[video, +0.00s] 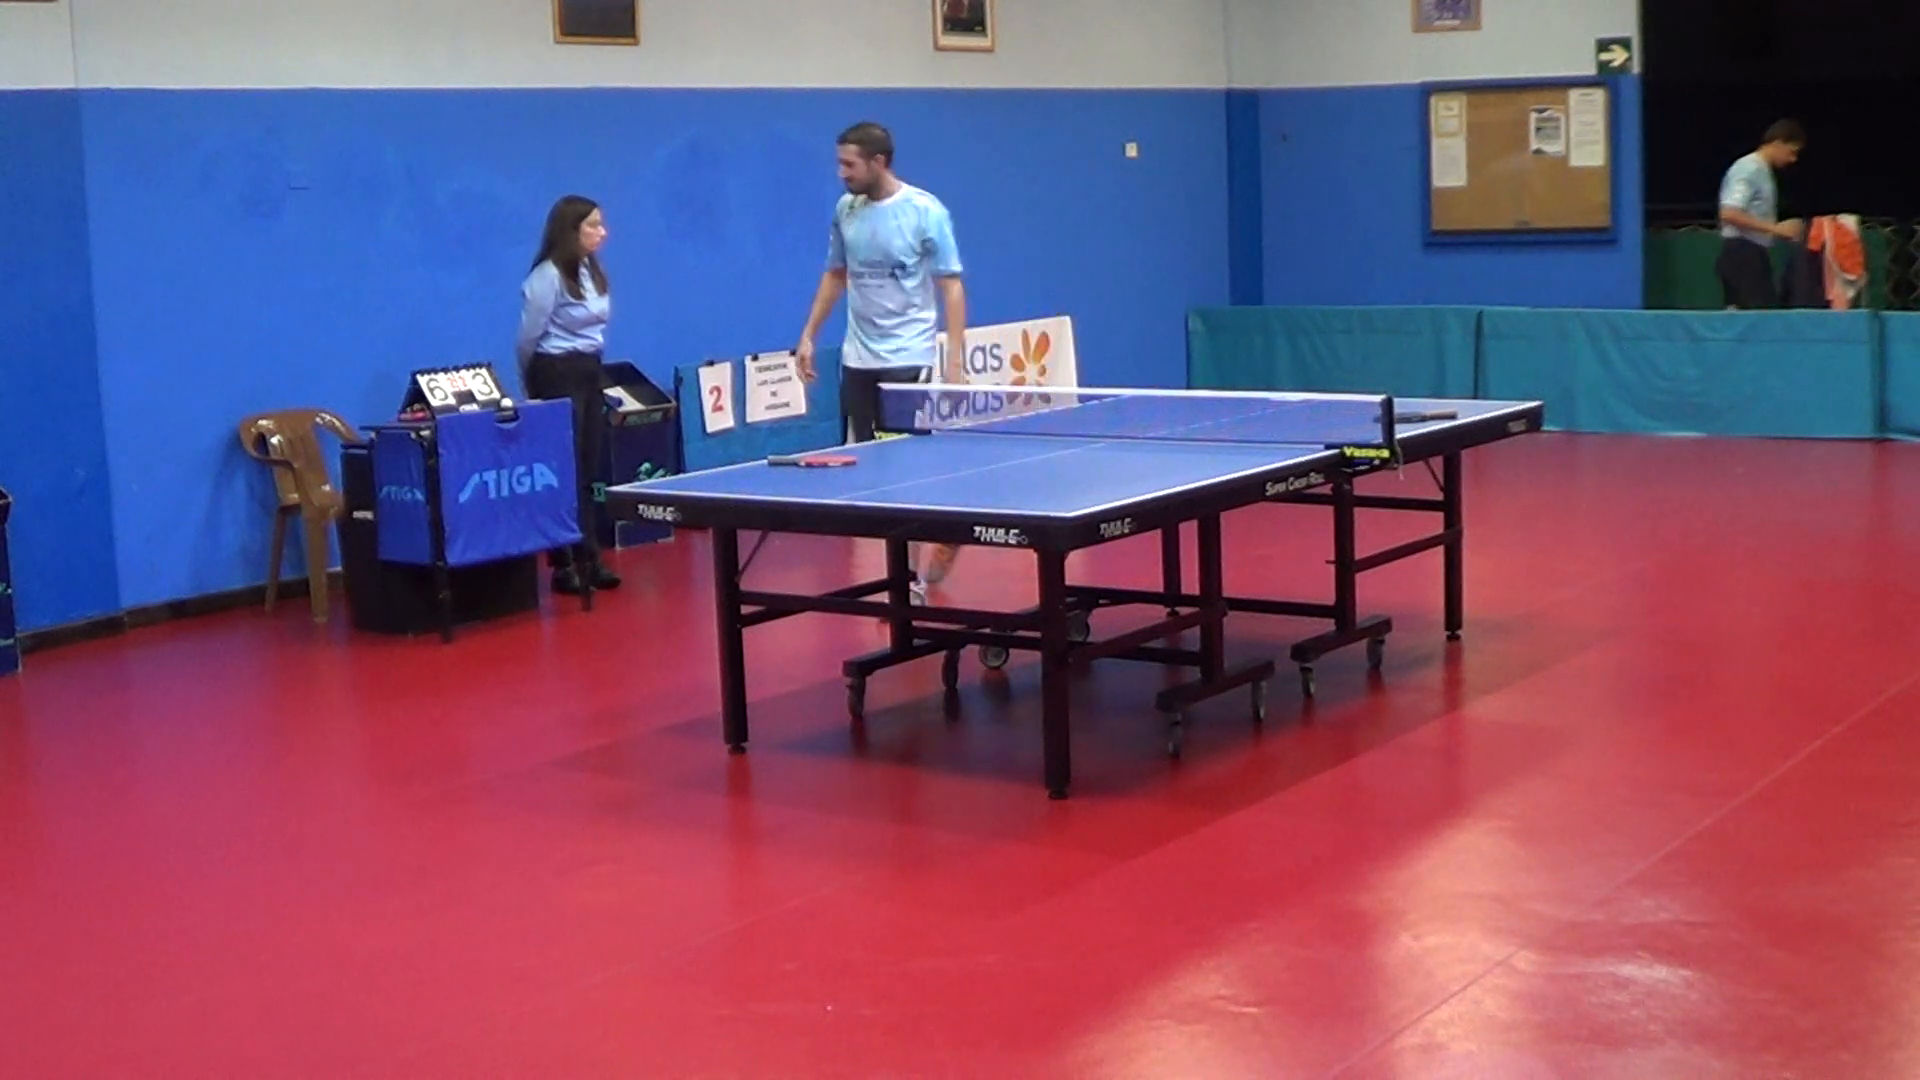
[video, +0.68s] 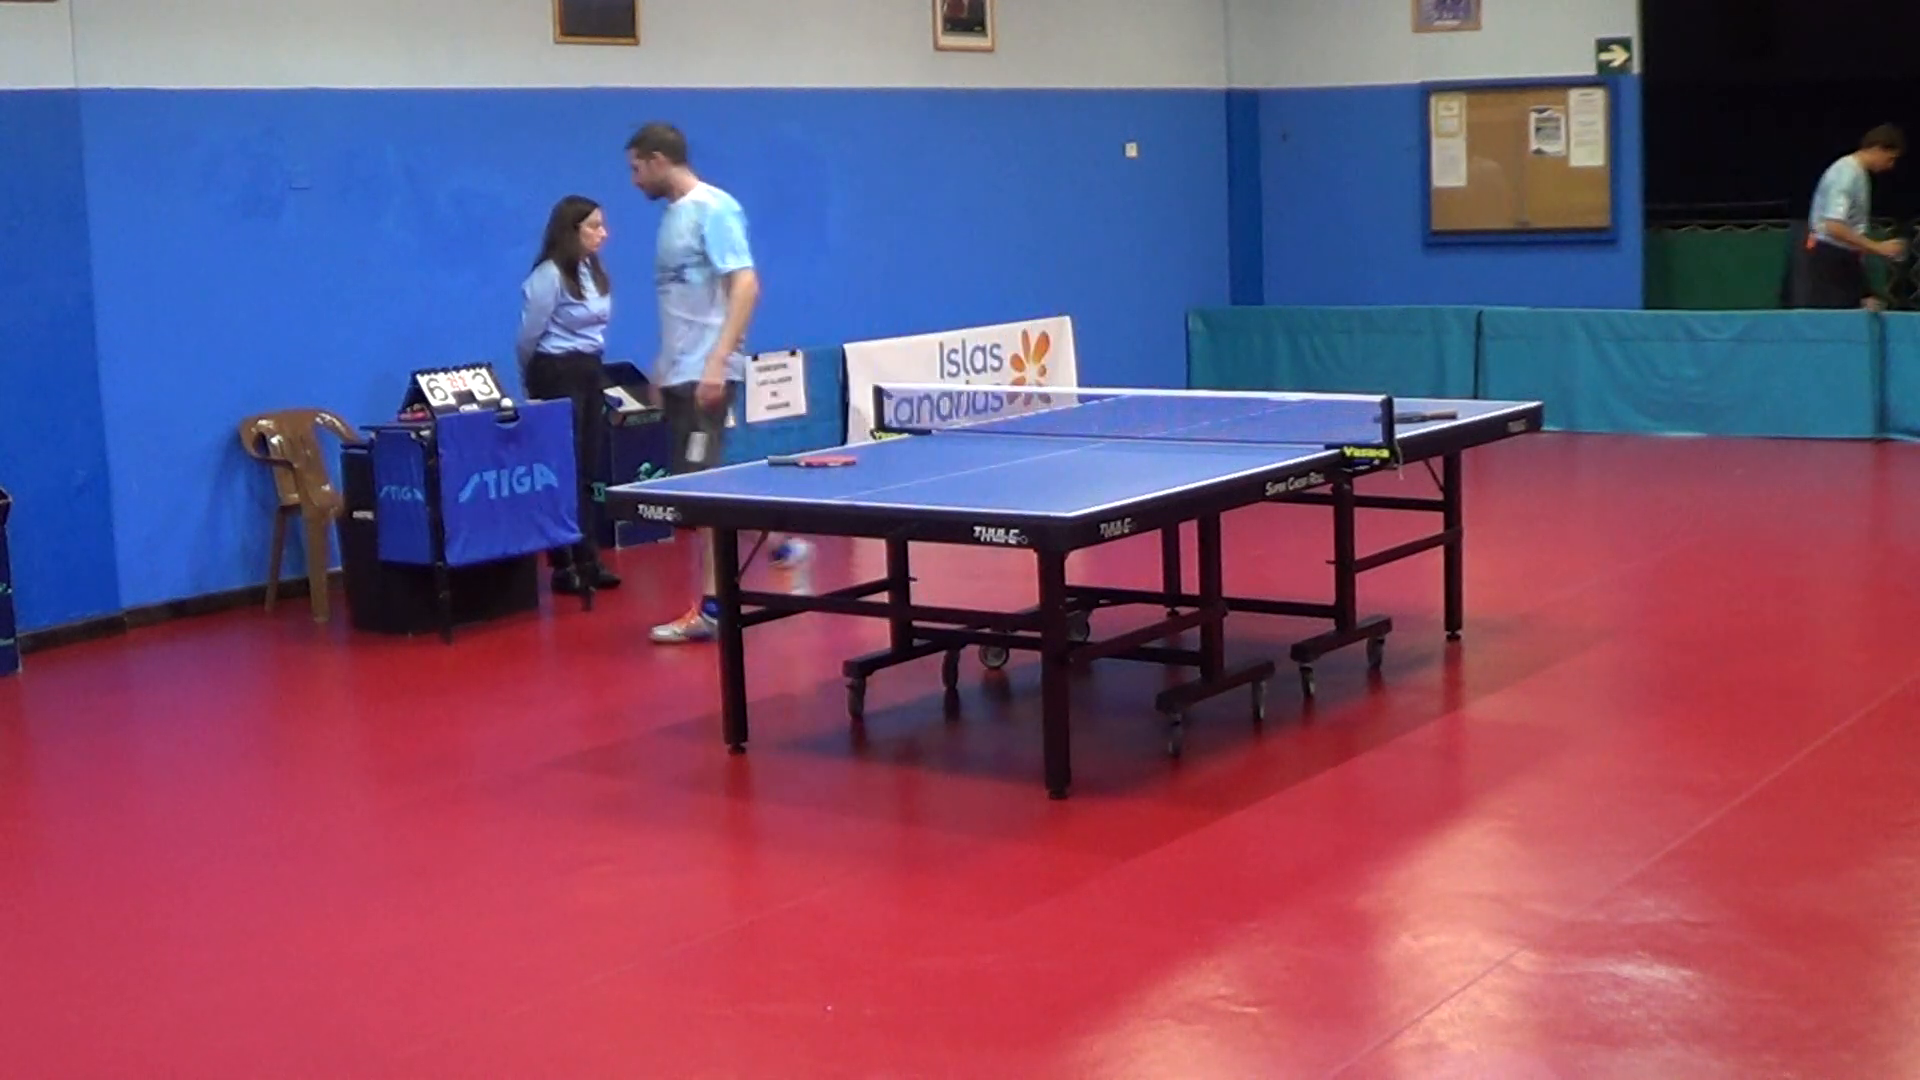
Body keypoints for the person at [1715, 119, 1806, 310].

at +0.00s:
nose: (1793, 159)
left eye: (1795, 154)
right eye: (1792, 152)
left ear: (1778, 144)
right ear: (1777, 142)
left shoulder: (1763, 171)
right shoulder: (1747, 168)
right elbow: (1729, 213)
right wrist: (1776, 229)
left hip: (1756, 251)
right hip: (1741, 251)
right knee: (1760, 317)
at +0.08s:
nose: (1803, 161)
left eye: (1805, 155)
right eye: (1802, 154)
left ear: (1789, 145)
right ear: (1787, 144)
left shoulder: (1772, 172)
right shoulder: (1758, 170)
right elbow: (1740, 215)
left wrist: (1796, 231)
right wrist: (1788, 232)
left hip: (1767, 253)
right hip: (1751, 252)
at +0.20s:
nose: (1821, 161)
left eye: (1823, 156)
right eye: (1820, 154)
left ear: (1808, 146)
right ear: (1807, 145)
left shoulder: (1791, 172)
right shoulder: (1777, 170)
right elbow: (1759, 219)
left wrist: (1812, 234)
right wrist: (1804, 238)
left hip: (1788, 253)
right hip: (1769, 253)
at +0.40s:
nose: (1849, 164)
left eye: (1852, 159)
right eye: (1849, 157)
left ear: (1837, 147)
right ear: (1837, 146)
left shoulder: (1818, 172)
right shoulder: (1806, 171)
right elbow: (1787, 222)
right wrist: (1833, 240)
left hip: (1812, 253)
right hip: (1796, 252)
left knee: (1816, 318)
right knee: (1804, 320)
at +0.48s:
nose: (1860, 162)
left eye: (1863, 157)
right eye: (1860, 155)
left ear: (1848, 146)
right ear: (1848, 145)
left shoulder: (1829, 171)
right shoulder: (1816, 170)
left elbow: (1823, 221)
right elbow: (1798, 222)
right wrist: (1844, 241)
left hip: (1820, 252)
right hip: (1805, 252)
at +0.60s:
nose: (1876, 163)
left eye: (1880, 158)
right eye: (1877, 155)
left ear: (1863, 146)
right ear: (1864, 145)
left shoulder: (1846, 172)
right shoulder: (1833, 170)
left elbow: (1848, 226)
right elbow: (1818, 222)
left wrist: (1857, 267)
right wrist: (1864, 243)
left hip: (1836, 253)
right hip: (1818, 252)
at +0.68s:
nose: (1890, 166)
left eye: (1893, 160)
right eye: (1890, 158)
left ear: (1877, 149)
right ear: (1878, 148)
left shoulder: (1859, 173)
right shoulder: (1846, 171)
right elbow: (1833, 225)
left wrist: (1865, 294)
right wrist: (1878, 247)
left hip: (1846, 255)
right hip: (1828, 254)